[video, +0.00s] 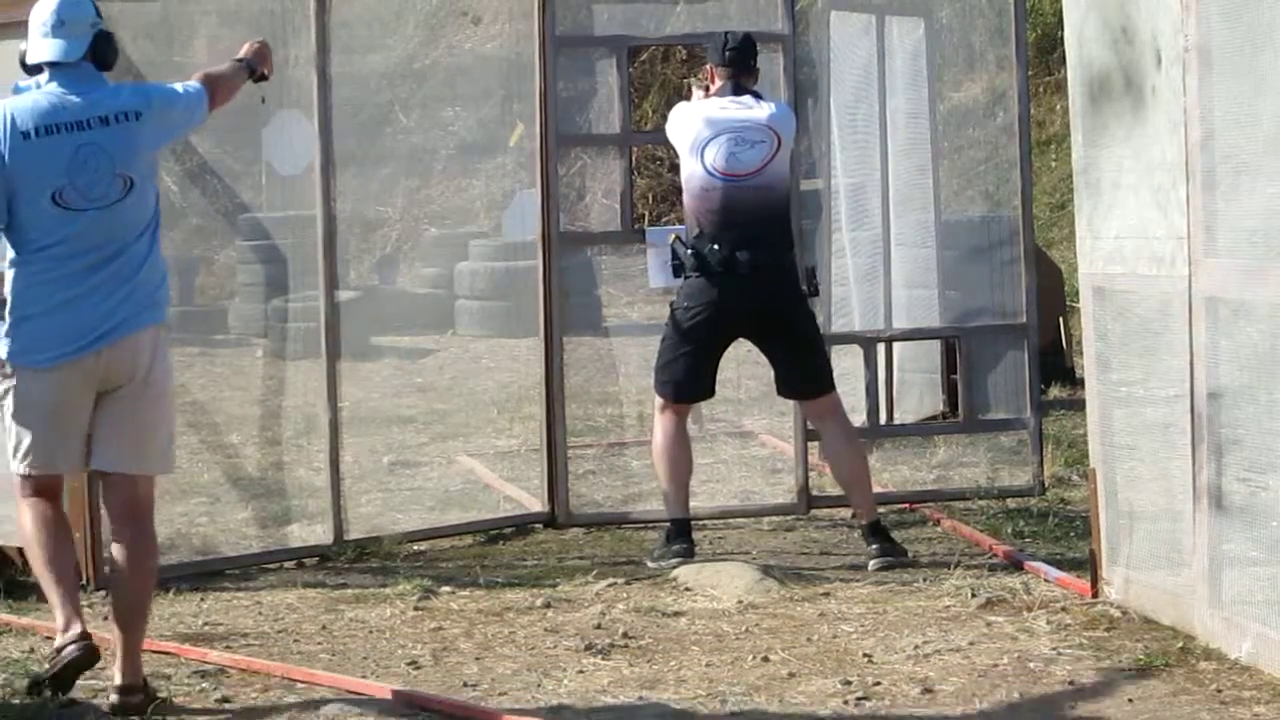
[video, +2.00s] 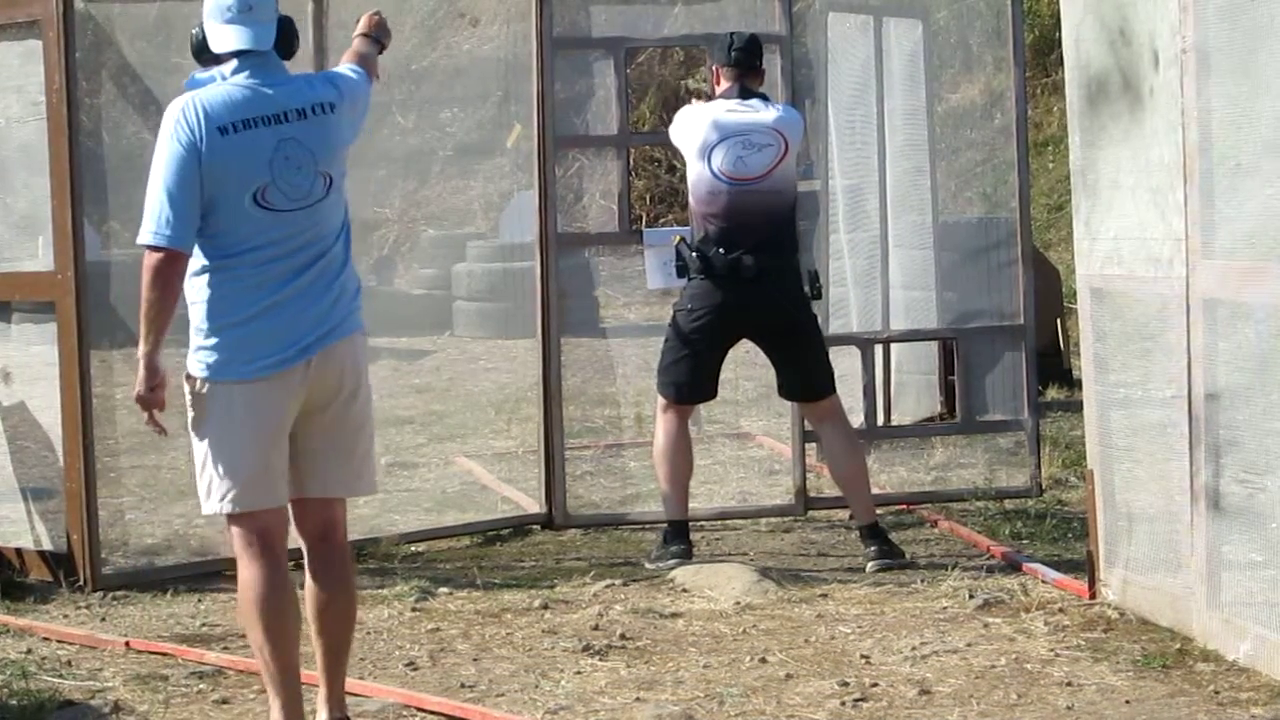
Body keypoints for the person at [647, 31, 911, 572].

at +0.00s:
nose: (711, 82)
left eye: (708, 76)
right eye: (738, 75)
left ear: (710, 78)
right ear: (755, 77)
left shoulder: (685, 118)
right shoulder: (782, 117)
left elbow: (690, 122)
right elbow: (752, 115)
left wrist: (704, 98)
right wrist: (720, 95)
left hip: (708, 291)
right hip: (778, 289)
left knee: (671, 409)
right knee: (828, 413)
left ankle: (678, 536)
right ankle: (876, 534)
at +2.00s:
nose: (713, 82)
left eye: (712, 75)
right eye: (725, 75)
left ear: (717, 77)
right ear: (762, 76)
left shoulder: (691, 121)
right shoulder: (791, 121)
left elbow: (693, 126)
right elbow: (762, 127)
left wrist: (719, 99)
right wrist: (736, 96)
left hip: (711, 296)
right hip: (781, 295)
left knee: (673, 409)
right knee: (828, 414)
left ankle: (675, 539)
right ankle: (874, 536)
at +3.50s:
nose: (761, 85)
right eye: (762, 77)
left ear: (713, 79)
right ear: (761, 78)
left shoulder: (682, 128)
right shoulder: (781, 119)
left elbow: (709, 168)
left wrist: (727, 101)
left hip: (708, 296)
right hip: (777, 292)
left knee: (683, 414)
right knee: (830, 412)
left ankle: (679, 539)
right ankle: (867, 534)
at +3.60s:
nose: (771, 84)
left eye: (768, 78)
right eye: (769, 77)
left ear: (716, 78)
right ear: (762, 79)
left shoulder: (685, 128)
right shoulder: (774, 118)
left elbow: (734, 151)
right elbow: (815, 133)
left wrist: (800, 126)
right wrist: (819, 117)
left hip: (705, 295)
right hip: (773, 293)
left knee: (695, 416)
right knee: (833, 410)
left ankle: (681, 538)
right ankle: (865, 536)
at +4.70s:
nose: (791, 93)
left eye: (788, 86)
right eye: (791, 86)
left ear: (738, 85)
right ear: (783, 84)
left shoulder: (705, 134)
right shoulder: (786, 130)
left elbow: (762, 181)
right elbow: (847, 185)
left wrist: (827, 147)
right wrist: (854, 146)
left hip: (711, 298)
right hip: (777, 296)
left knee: (703, 420)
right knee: (837, 413)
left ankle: (679, 540)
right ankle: (883, 533)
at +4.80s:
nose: (732, 115)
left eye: (733, 109)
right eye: (740, 109)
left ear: (741, 109)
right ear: (785, 108)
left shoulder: (710, 163)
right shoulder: (806, 151)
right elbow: (866, 222)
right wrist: (850, 180)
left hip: (724, 309)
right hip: (793, 308)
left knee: (690, 413)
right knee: (846, 420)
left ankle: (681, 535)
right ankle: (895, 538)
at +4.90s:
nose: (707, 140)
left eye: (709, 131)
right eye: (707, 132)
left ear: (726, 128)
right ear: (759, 129)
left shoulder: (703, 178)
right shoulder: (804, 173)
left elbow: (668, 265)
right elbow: (863, 246)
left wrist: (682, 297)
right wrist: (829, 212)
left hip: (727, 327)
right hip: (798, 327)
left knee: (663, 406)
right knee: (847, 427)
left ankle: (677, 532)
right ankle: (894, 537)